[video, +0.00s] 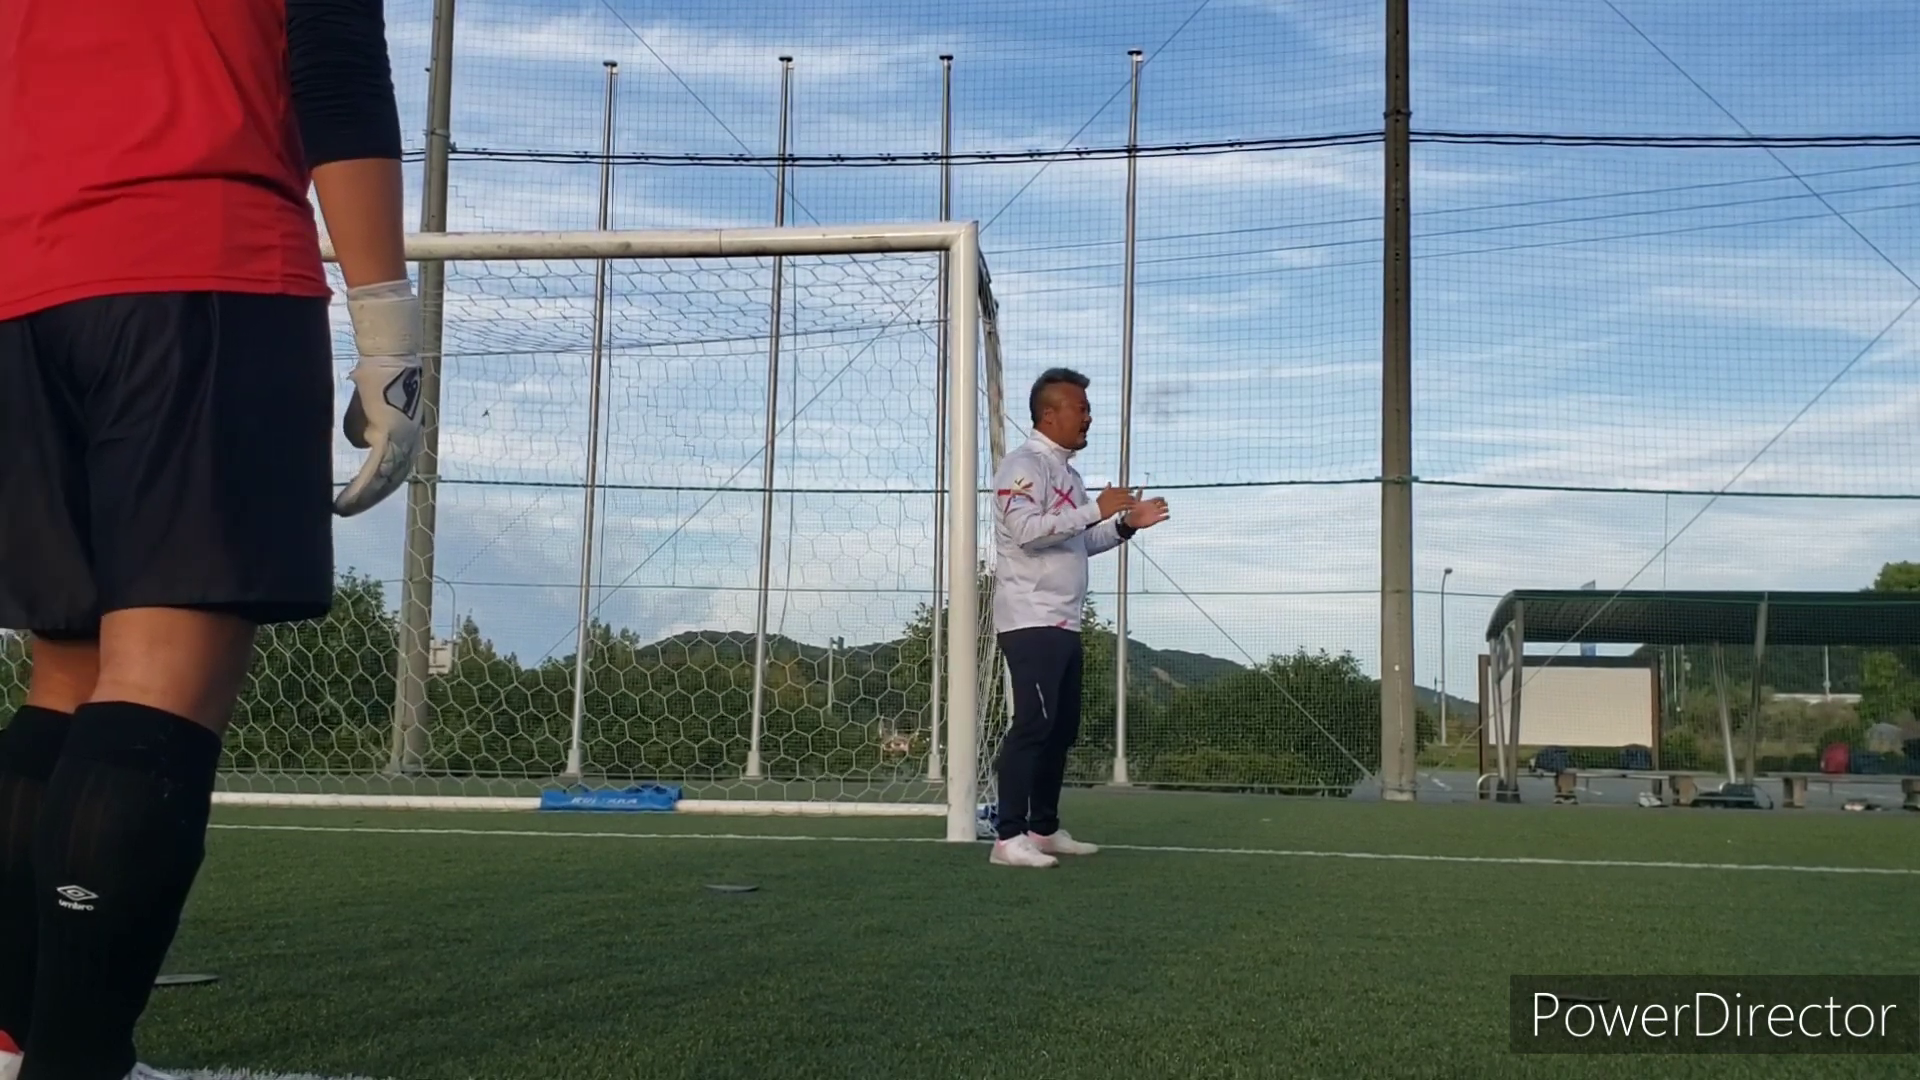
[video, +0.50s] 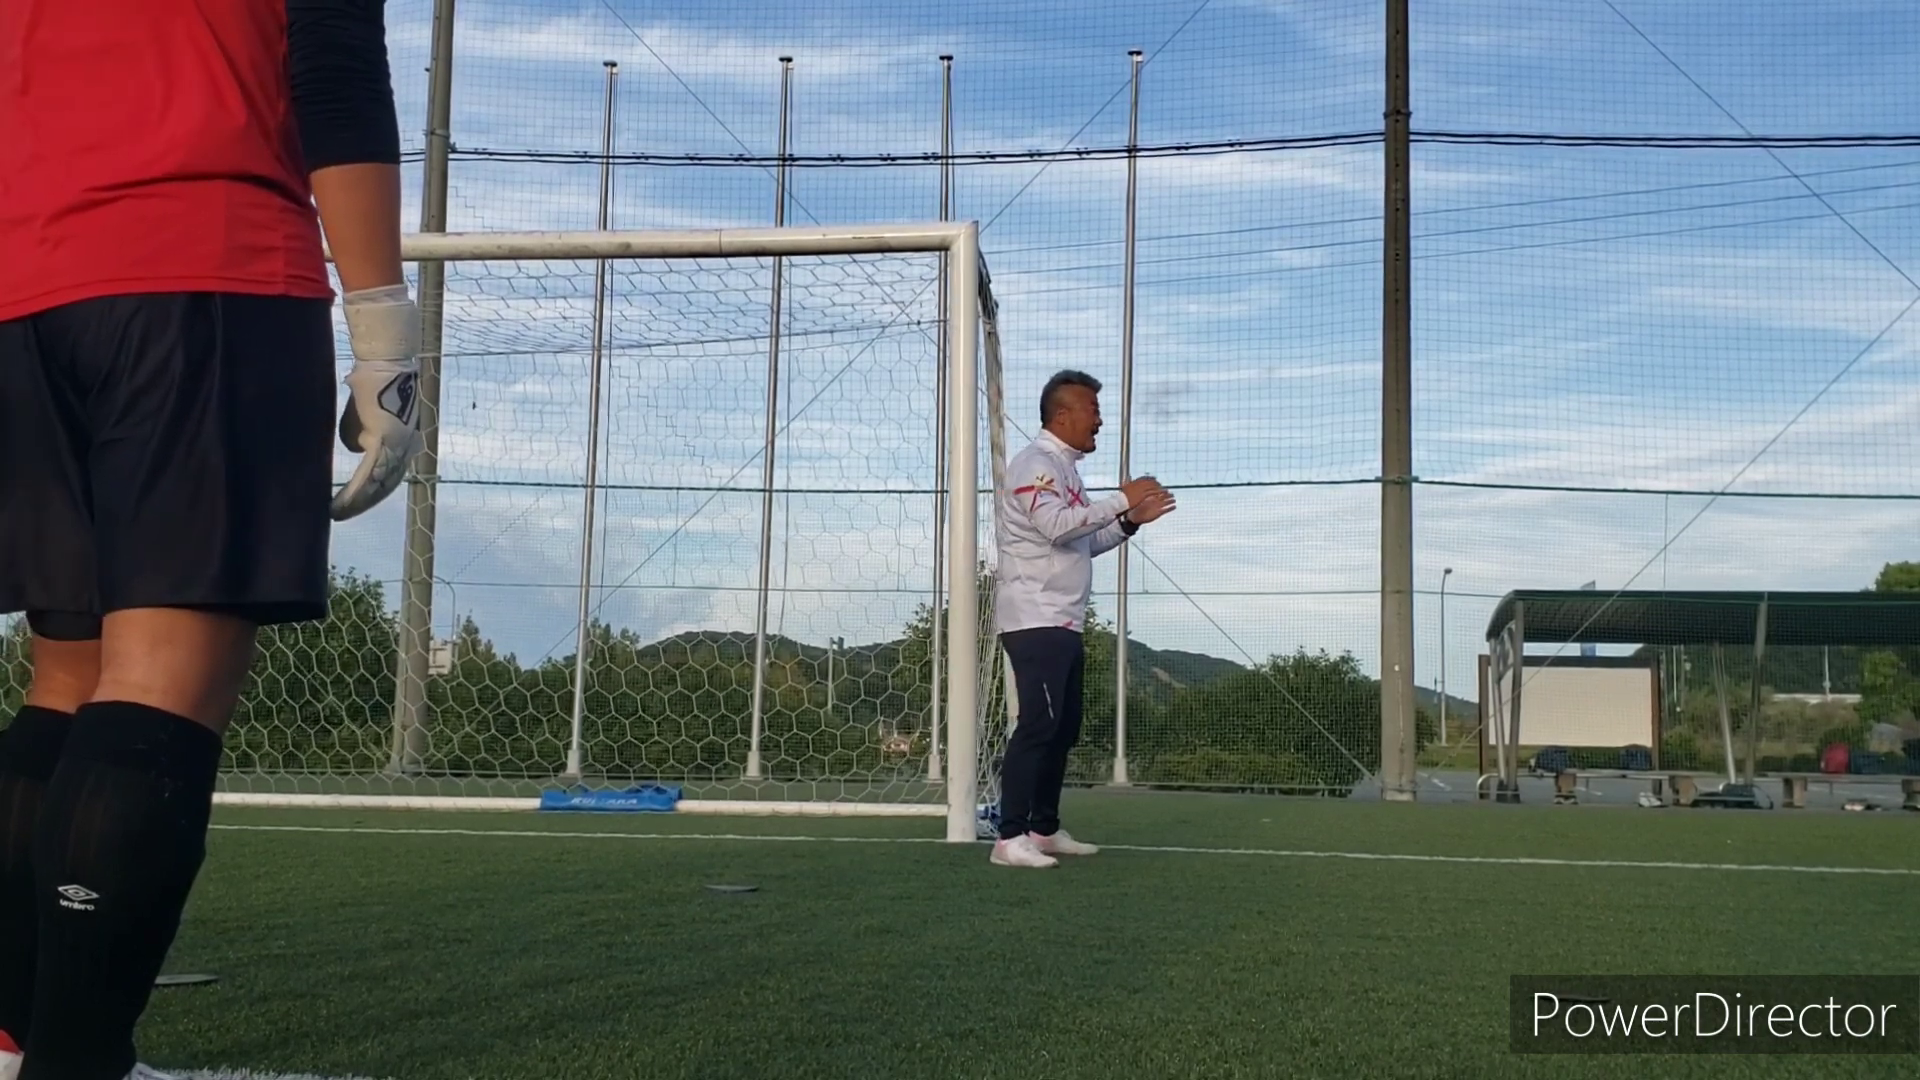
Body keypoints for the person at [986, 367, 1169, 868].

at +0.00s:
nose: (1089, 416)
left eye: (1088, 408)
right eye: (1081, 408)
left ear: (1064, 414)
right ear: (1049, 414)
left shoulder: (1070, 477)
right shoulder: (1023, 464)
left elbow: (1079, 541)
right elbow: (1026, 530)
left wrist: (1126, 524)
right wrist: (1097, 509)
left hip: (1062, 621)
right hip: (1029, 618)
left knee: (1060, 726)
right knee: (1033, 724)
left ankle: (1043, 830)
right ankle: (1008, 838)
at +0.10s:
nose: (1092, 417)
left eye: (1090, 408)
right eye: (1084, 409)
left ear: (1062, 415)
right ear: (1052, 415)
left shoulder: (1069, 477)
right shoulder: (1026, 464)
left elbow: (1080, 541)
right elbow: (1034, 528)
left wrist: (1125, 523)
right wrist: (1105, 507)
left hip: (1062, 621)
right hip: (1031, 619)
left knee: (1060, 728)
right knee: (1034, 725)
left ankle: (1043, 830)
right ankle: (1009, 839)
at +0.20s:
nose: (1093, 416)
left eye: (1091, 407)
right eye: (1085, 408)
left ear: (1063, 415)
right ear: (1054, 414)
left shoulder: (1069, 474)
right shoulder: (1027, 463)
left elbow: (1080, 540)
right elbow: (1042, 526)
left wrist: (1126, 522)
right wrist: (1110, 504)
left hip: (1062, 620)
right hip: (1031, 618)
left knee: (1061, 726)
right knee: (1035, 724)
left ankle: (1043, 830)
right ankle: (1009, 839)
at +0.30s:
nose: (1095, 418)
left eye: (1093, 409)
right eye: (1087, 409)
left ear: (1067, 416)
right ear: (1054, 415)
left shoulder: (1070, 476)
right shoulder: (1030, 463)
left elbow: (1080, 542)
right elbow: (1046, 525)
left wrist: (1127, 522)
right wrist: (1114, 504)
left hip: (1062, 620)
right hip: (1031, 618)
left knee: (1062, 727)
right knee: (1036, 725)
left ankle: (1043, 830)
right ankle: (1009, 839)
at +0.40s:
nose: (1098, 417)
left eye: (1096, 408)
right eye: (1090, 408)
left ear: (1067, 416)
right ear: (1059, 414)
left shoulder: (1069, 474)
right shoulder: (1033, 462)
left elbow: (1081, 542)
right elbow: (1050, 523)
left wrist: (1128, 522)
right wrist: (1118, 502)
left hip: (1061, 619)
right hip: (1033, 617)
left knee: (1062, 727)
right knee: (1037, 725)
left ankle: (1043, 830)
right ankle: (1009, 839)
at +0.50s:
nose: (1100, 418)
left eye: (1098, 409)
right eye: (1092, 409)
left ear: (1069, 415)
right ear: (1062, 414)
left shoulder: (1069, 473)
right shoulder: (1034, 462)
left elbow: (1081, 542)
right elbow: (1052, 523)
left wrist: (1129, 522)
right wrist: (1120, 502)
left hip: (1062, 618)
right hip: (1033, 616)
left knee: (1063, 726)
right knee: (1038, 724)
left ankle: (1043, 830)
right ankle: (1009, 839)